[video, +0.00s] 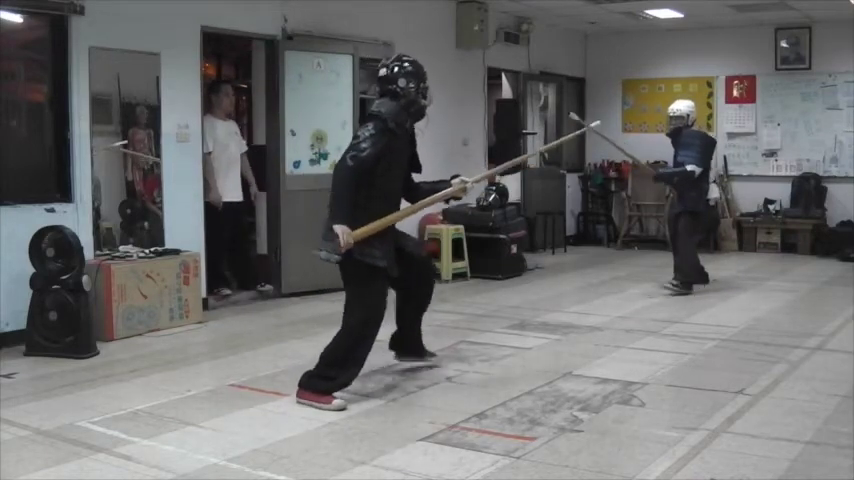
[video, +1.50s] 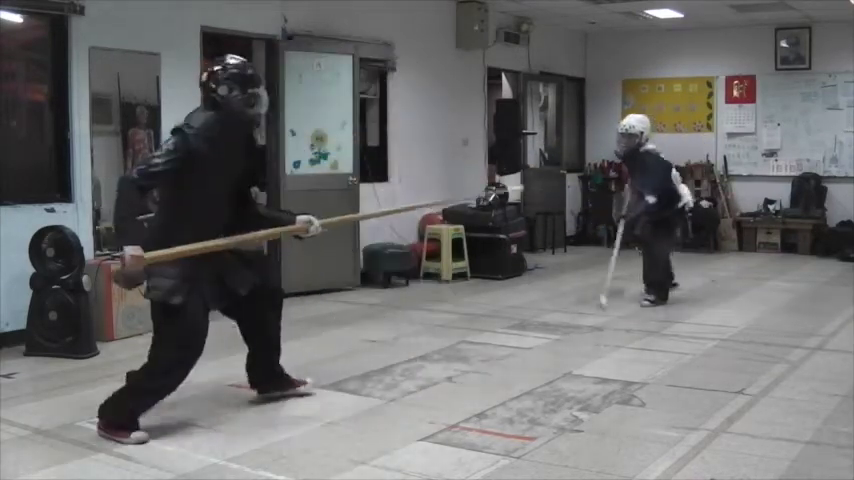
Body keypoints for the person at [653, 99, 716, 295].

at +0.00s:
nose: (672, 122)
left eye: (677, 119)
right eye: (671, 118)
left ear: (688, 119)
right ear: (669, 118)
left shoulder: (695, 138)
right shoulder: (680, 140)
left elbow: (693, 171)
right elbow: (681, 168)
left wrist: (662, 174)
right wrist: (663, 171)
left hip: (693, 195)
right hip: (682, 194)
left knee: (684, 231)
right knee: (676, 229)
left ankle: (685, 281)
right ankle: (692, 273)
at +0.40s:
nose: (661, 133)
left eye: (666, 129)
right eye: (660, 129)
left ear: (678, 130)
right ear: (657, 129)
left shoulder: (680, 150)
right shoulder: (668, 148)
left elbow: (668, 179)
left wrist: (636, 188)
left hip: (686, 206)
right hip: (680, 205)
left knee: (666, 239)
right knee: (668, 239)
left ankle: (672, 286)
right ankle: (690, 275)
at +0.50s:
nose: (662, 134)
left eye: (667, 130)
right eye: (660, 130)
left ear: (678, 131)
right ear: (657, 130)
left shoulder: (680, 150)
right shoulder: (668, 149)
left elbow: (666, 180)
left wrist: (635, 190)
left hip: (686, 207)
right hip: (679, 205)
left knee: (664, 240)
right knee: (668, 240)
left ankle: (672, 285)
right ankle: (689, 275)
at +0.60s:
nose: (659, 134)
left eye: (664, 130)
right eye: (658, 130)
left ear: (675, 132)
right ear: (655, 130)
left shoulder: (676, 151)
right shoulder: (665, 151)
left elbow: (663, 185)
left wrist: (633, 194)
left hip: (684, 208)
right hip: (677, 207)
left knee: (663, 240)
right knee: (669, 241)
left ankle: (671, 287)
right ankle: (690, 276)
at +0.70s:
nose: (653, 136)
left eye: (658, 132)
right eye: (652, 131)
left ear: (669, 133)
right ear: (649, 130)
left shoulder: (668, 153)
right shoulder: (662, 150)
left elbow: (665, 193)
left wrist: (639, 200)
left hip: (677, 206)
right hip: (678, 204)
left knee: (663, 244)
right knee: (675, 243)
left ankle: (663, 290)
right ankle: (693, 276)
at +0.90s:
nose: (637, 147)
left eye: (643, 143)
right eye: (636, 142)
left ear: (655, 145)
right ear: (634, 142)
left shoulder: (661, 166)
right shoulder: (643, 165)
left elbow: (650, 197)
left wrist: (623, 205)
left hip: (678, 214)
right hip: (666, 213)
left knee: (657, 244)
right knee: (677, 243)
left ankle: (658, 293)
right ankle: (693, 273)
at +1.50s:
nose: (623, 141)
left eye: (629, 137)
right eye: (621, 136)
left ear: (641, 138)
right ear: (619, 136)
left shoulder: (650, 160)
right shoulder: (631, 159)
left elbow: (669, 196)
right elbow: (636, 189)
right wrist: (628, 211)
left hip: (668, 207)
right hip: (652, 205)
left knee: (656, 245)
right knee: (651, 243)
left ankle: (658, 292)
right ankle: (665, 278)